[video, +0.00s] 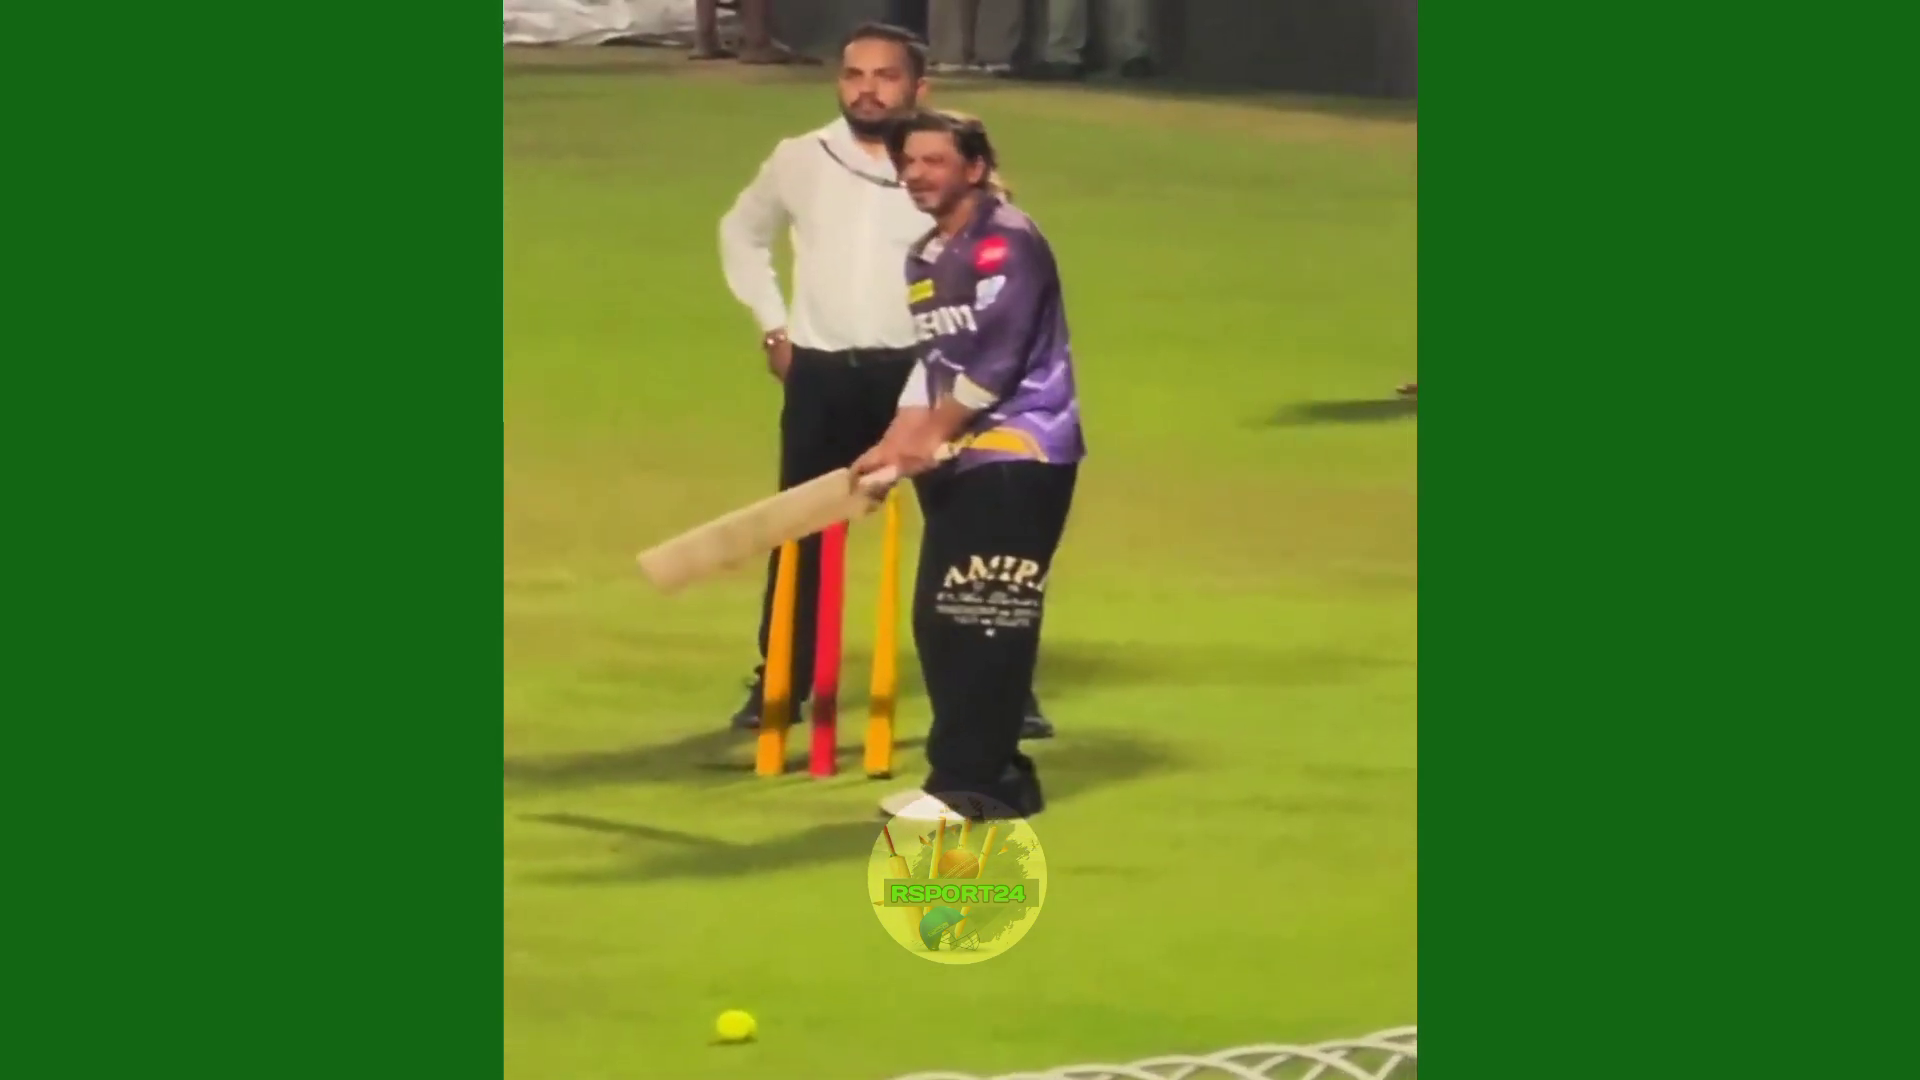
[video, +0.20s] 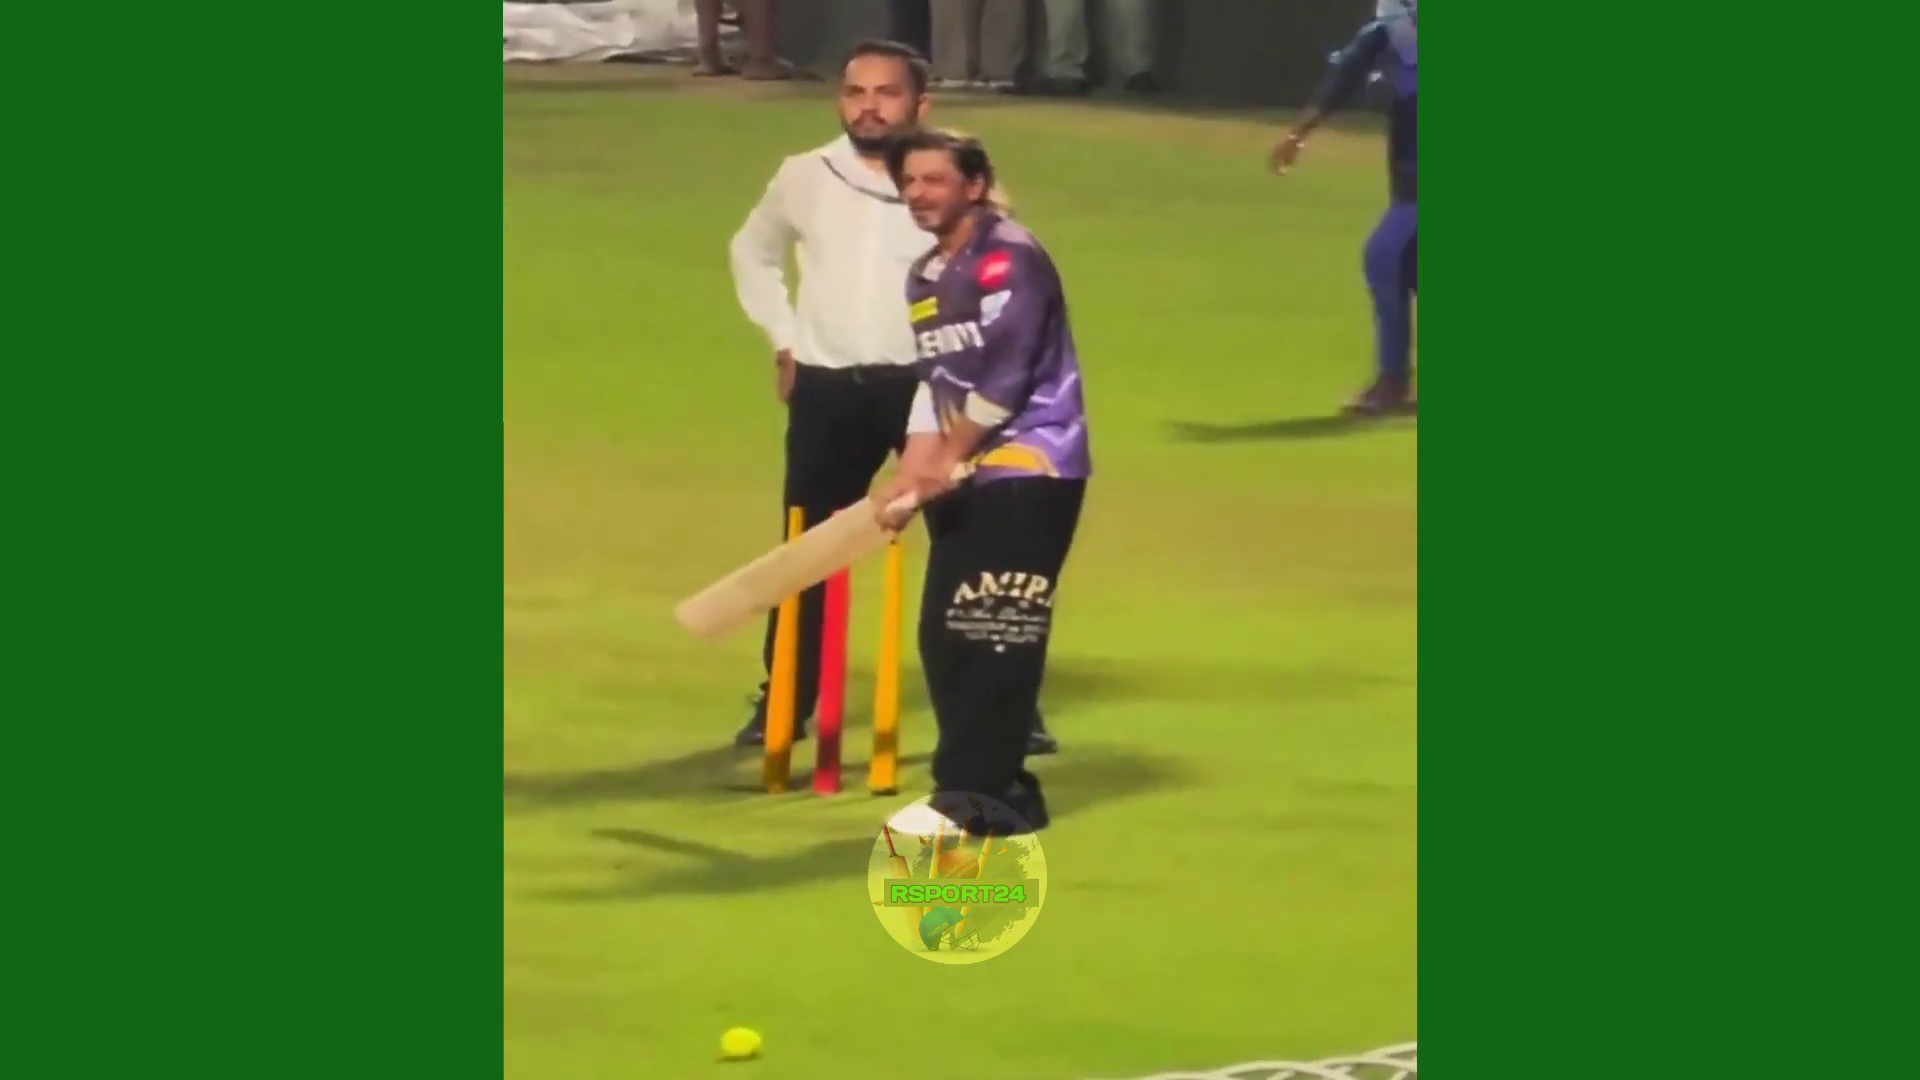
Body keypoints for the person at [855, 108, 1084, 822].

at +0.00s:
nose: (918, 176)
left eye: (933, 162)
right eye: (910, 164)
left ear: (977, 168)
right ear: (904, 172)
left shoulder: (1010, 244)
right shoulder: (925, 257)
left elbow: (998, 366)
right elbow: (937, 371)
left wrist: (930, 437)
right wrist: (893, 447)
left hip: (1020, 456)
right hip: (963, 457)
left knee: (986, 619)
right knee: (942, 616)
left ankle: (970, 787)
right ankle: (985, 774)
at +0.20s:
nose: (920, 196)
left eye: (936, 182)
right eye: (910, 184)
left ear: (976, 184)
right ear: (903, 190)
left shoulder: (1013, 261)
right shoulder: (923, 276)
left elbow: (1005, 388)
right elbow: (940, 387)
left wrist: (940, 464)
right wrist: (907, 474)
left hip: (1031, 470)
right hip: (973, 472)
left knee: (994, 632)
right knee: (946, 631)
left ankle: (978, 796)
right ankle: (991, 788)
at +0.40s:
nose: (897, 208)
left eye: (912, 195)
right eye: (888, 196)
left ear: (954, 199)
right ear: (881, 204)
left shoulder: (992, 274)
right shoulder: (904, 292)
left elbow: (989, 403)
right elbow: (928, 407)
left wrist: (936, 484)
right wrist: (907, 498)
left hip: (1022, 481)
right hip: (964, 483)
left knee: (988, 643)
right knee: (935, 641)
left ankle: (975, 806)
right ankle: (955, 799)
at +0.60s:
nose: (874, 224)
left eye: (889, 210)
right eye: (865, 211)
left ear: (932, 214)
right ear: (859, 217)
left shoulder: (973, 291)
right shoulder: (886, 308)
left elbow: (971, 415)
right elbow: (914, 419)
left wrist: (922, 496)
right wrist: (899, 510)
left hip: (1011, 494)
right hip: (954, 496)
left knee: (977, 654)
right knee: (922, 652)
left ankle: (957, 817)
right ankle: (933, 810)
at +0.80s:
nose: (861, 239)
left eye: (875, 225)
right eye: (852, 227)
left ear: (917, 228)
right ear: (845, 234)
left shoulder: (966, 307)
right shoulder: (878, 322)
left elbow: (964, 434)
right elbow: (912, 435)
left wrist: (915, 515)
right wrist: (892, 528)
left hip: (1008, 506)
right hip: (952, 508)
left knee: (973, 667)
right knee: (924, 664)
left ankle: (951, 830)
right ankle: (922, 822)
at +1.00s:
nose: (859, 248)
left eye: (873, 234)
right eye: (849, 236)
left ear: (913, 236)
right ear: (841, 246)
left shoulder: (965, 317)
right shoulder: (874, 332)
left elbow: (968, 439)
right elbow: (915, 442)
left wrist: (919, 517)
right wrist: (889, 535)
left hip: (1010, 514)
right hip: (950, 517)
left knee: (974, 675)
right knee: (925, 671)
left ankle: (949, 836)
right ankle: (922, 826)